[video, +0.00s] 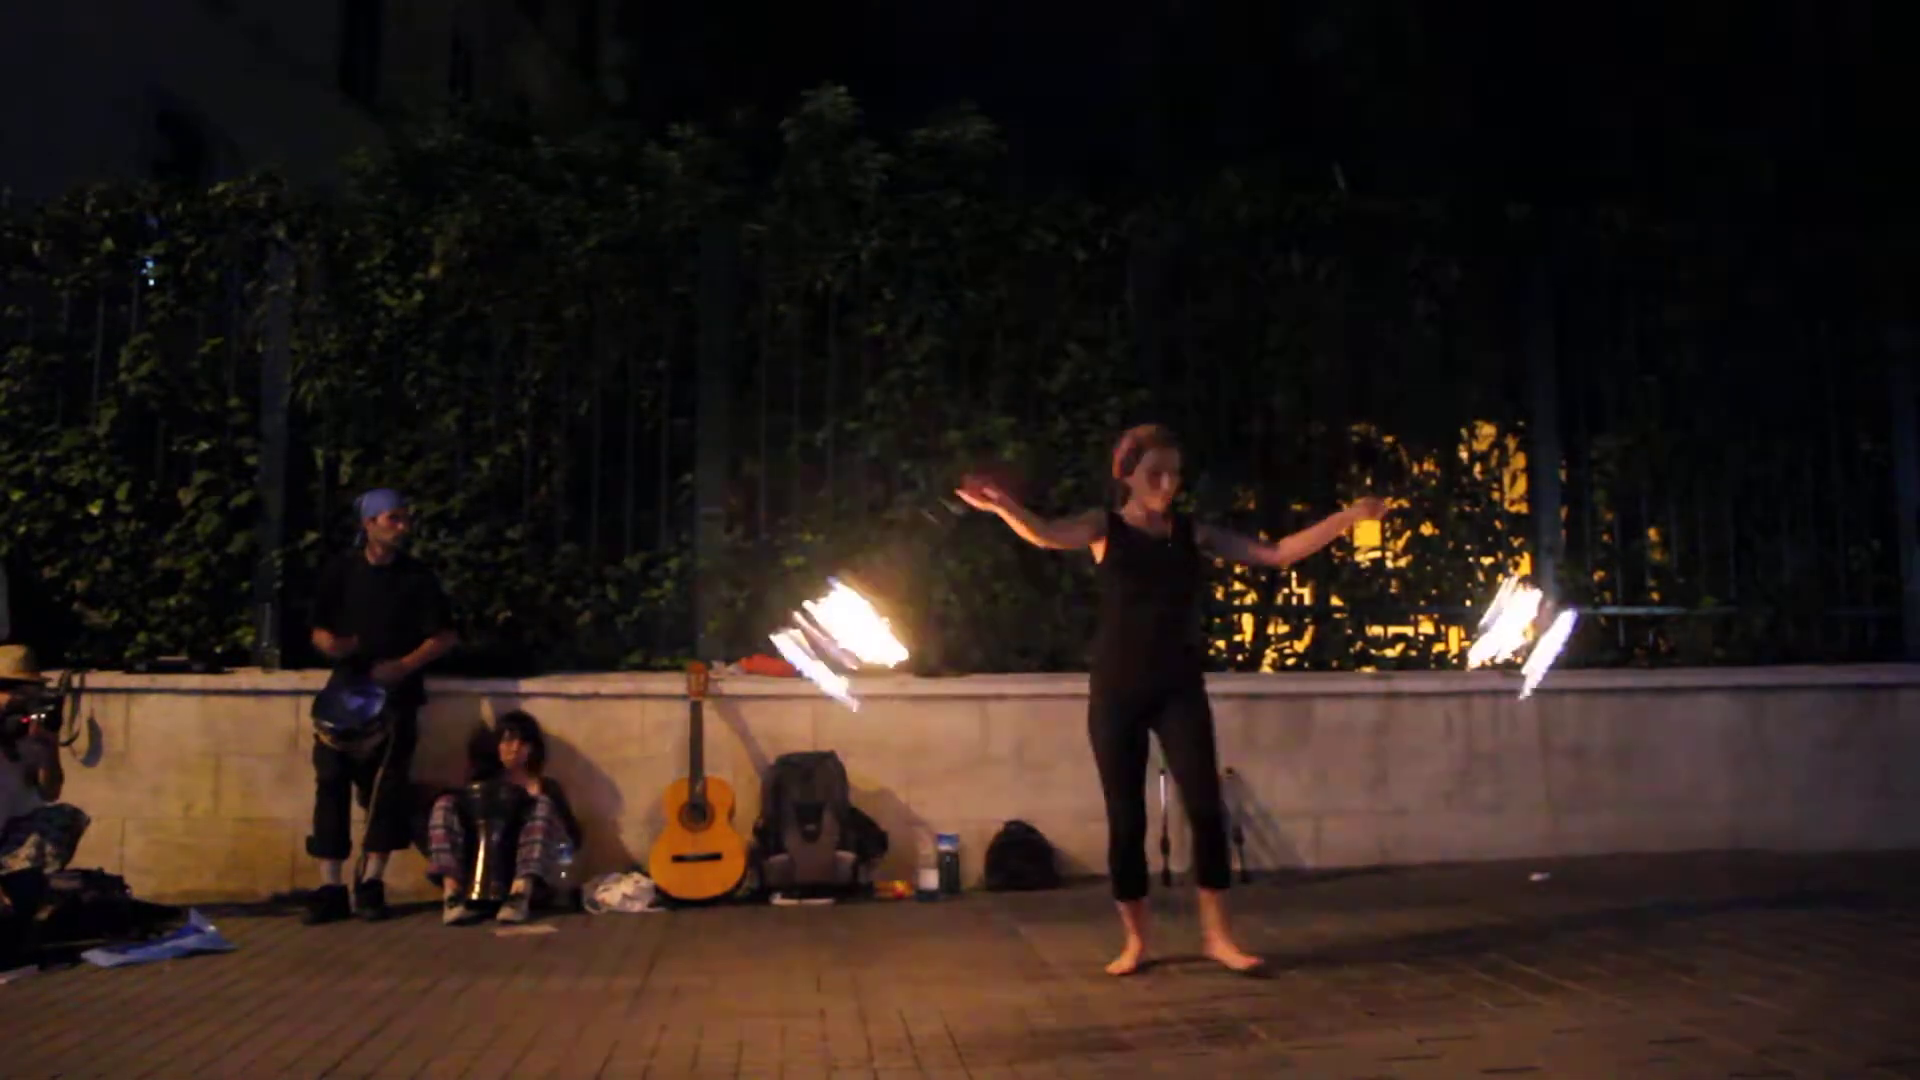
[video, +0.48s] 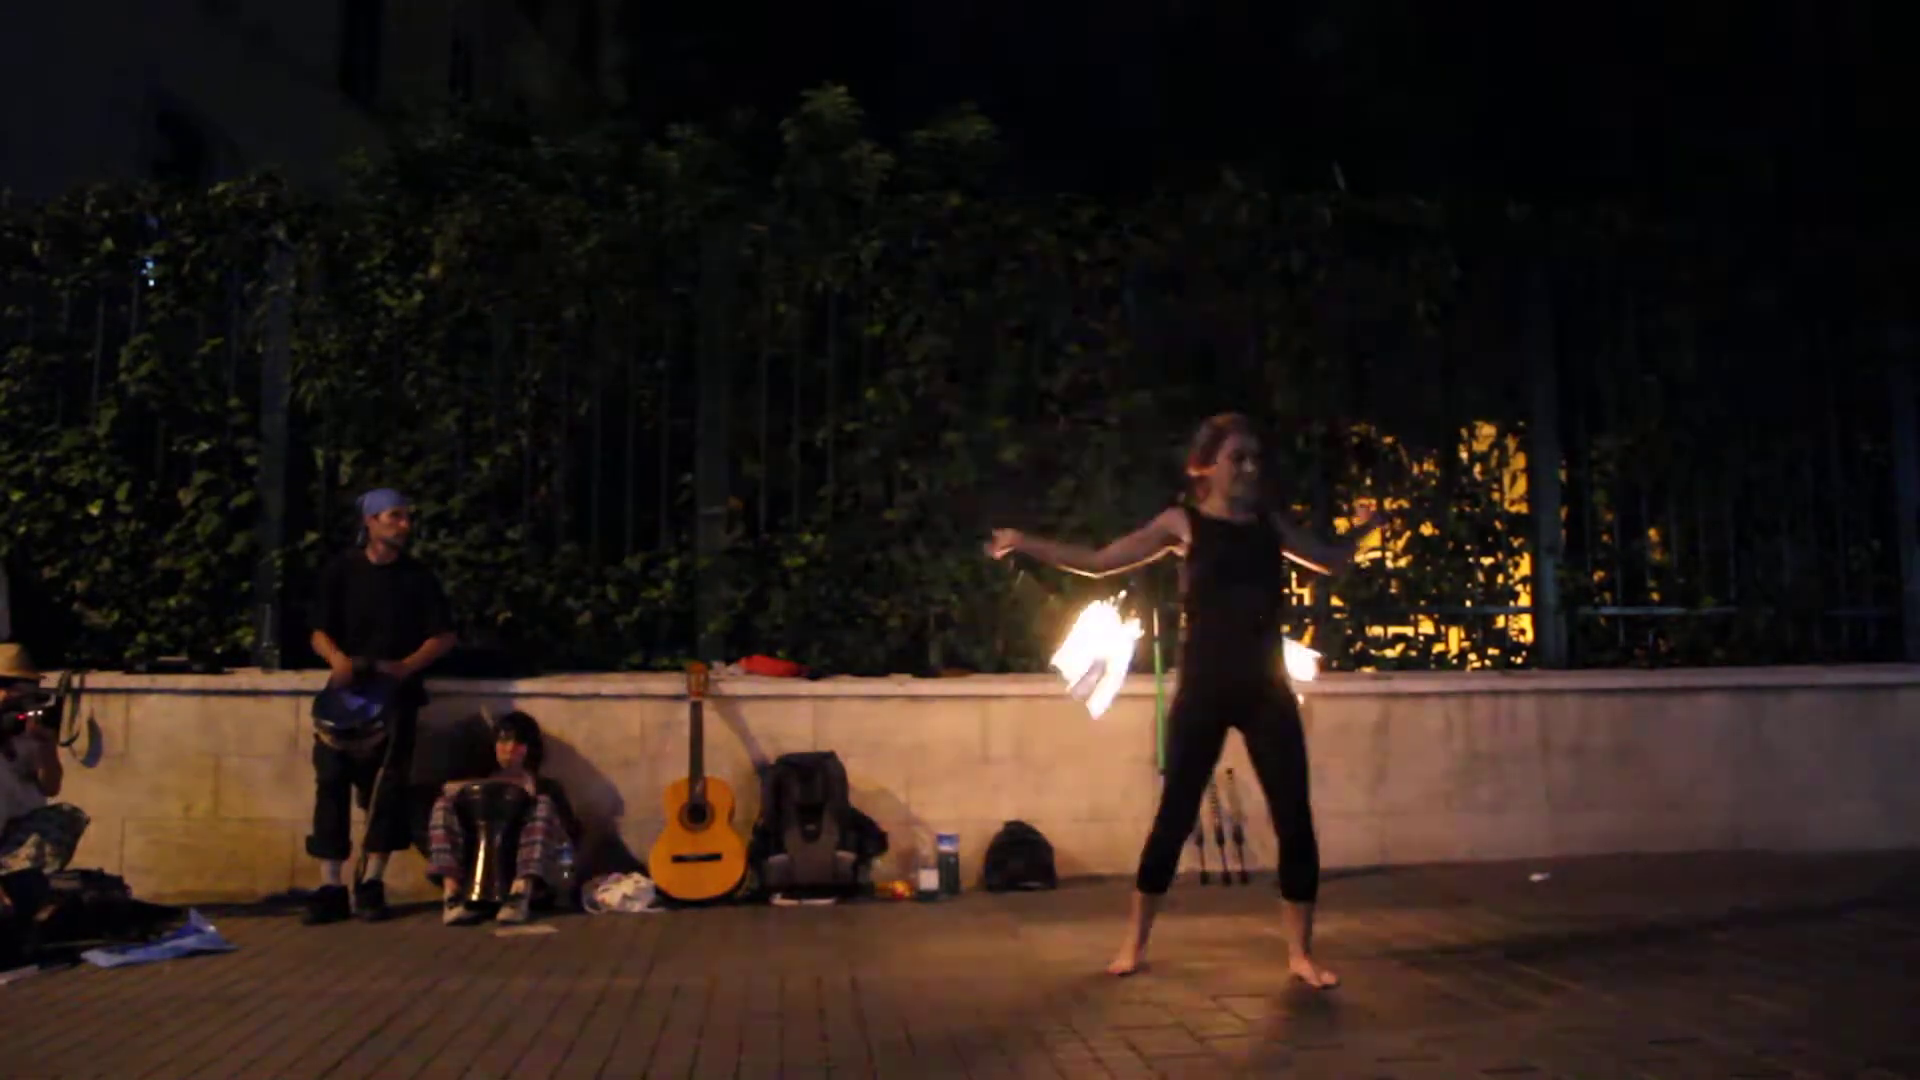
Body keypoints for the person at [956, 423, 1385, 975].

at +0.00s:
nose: (1167, 485)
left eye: (1174, 475)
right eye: (1156, 474)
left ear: (1179, 478)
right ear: (1128, 475)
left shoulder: (1194, 535)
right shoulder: (1104, 527)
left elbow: (1277, 554)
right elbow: (1043, 535)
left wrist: (1347, 518)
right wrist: (1004, 507)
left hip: (1180, 690)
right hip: (1116, 693)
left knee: (1206, 808)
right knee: (1125, 819)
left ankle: (1216, 933)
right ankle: (1135, 939)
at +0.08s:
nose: (1184, 473)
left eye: (1188, 462)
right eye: (1172, 461)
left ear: (1192, 468)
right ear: (1139, 466)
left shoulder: (1202, 526)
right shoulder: (1108, 515)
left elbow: (1282, 549)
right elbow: (1032, 533)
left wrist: (1345, 515)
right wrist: (967, 492)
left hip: (1185, 682)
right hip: (1123, 685)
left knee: (1227, 802)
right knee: (1130, 812)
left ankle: (1256, 938)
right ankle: (1134, 939)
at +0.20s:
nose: (1202, 465)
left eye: (1206, 455)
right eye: (1191, 455)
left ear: (1209, 460)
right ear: (1157, 457)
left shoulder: (1214, 517)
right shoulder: (1125, 507)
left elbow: (1274, 540)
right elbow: (1040, 539)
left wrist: (1334, 512)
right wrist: (964, 518)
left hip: (1203, 676)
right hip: (1139, 677)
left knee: (1249, 800)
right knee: (1137, 809)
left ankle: (1300, 936)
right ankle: (1134, 940)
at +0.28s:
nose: (1209, 466)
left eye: (1215, 457)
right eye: (1201, 455)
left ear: (1219, 458)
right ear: (1170, 454)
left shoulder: (1223, 510)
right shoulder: (1138, 508)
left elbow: (1277, 537)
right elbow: (1057, 544)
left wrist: (1329, 513)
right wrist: (977, 533)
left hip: (1217, 677)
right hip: (1155, 679)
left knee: (1262, 804)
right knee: (1146, 811)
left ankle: (1306, 941)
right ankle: (1135, 940)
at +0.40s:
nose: (1235, 468)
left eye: (1239, 458)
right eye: (1223, 458)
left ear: (1245, 464)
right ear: (1193, 463)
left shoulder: (1255, 520)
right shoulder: (1167, 522)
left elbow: (1302, 544)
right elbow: (1082, 553)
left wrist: (1340, 521)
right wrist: (1007, 546)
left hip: (1245, 688)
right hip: (1182, 690)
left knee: (1279, 816)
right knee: (1163, 816)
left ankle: (1299, 952)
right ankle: (1136, 943)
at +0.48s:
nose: (1251, 468)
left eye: (1256, 459)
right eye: (1239, 458)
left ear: (1260, 466)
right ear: (1205, 465)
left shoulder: (1269, 526)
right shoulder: (1182, 522)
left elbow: (1332, 562)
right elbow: (1102, 561)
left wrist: (1361, 537)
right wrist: (1027, 544)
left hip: (1266, 690)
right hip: (1204, 691)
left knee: (1296, 820)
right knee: (1174, 816)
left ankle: (1300, 954)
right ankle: (1135, 941)